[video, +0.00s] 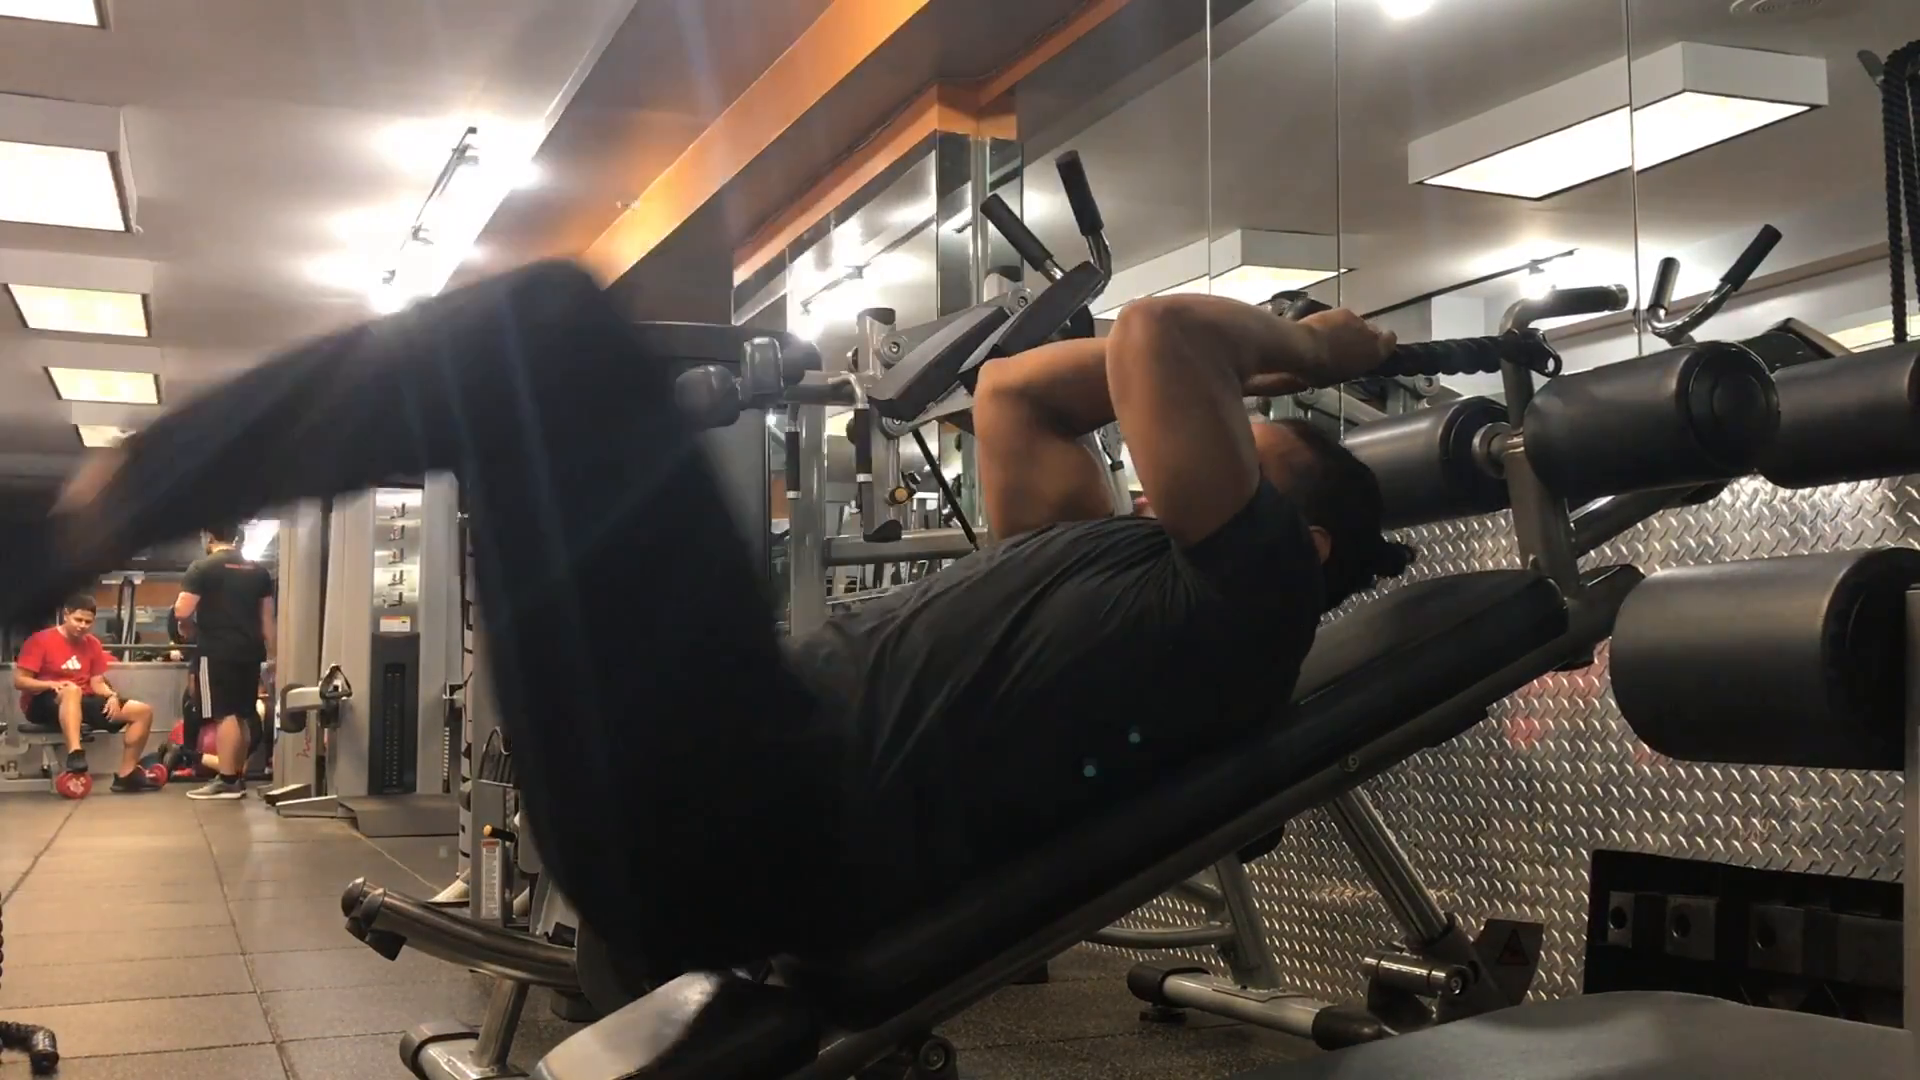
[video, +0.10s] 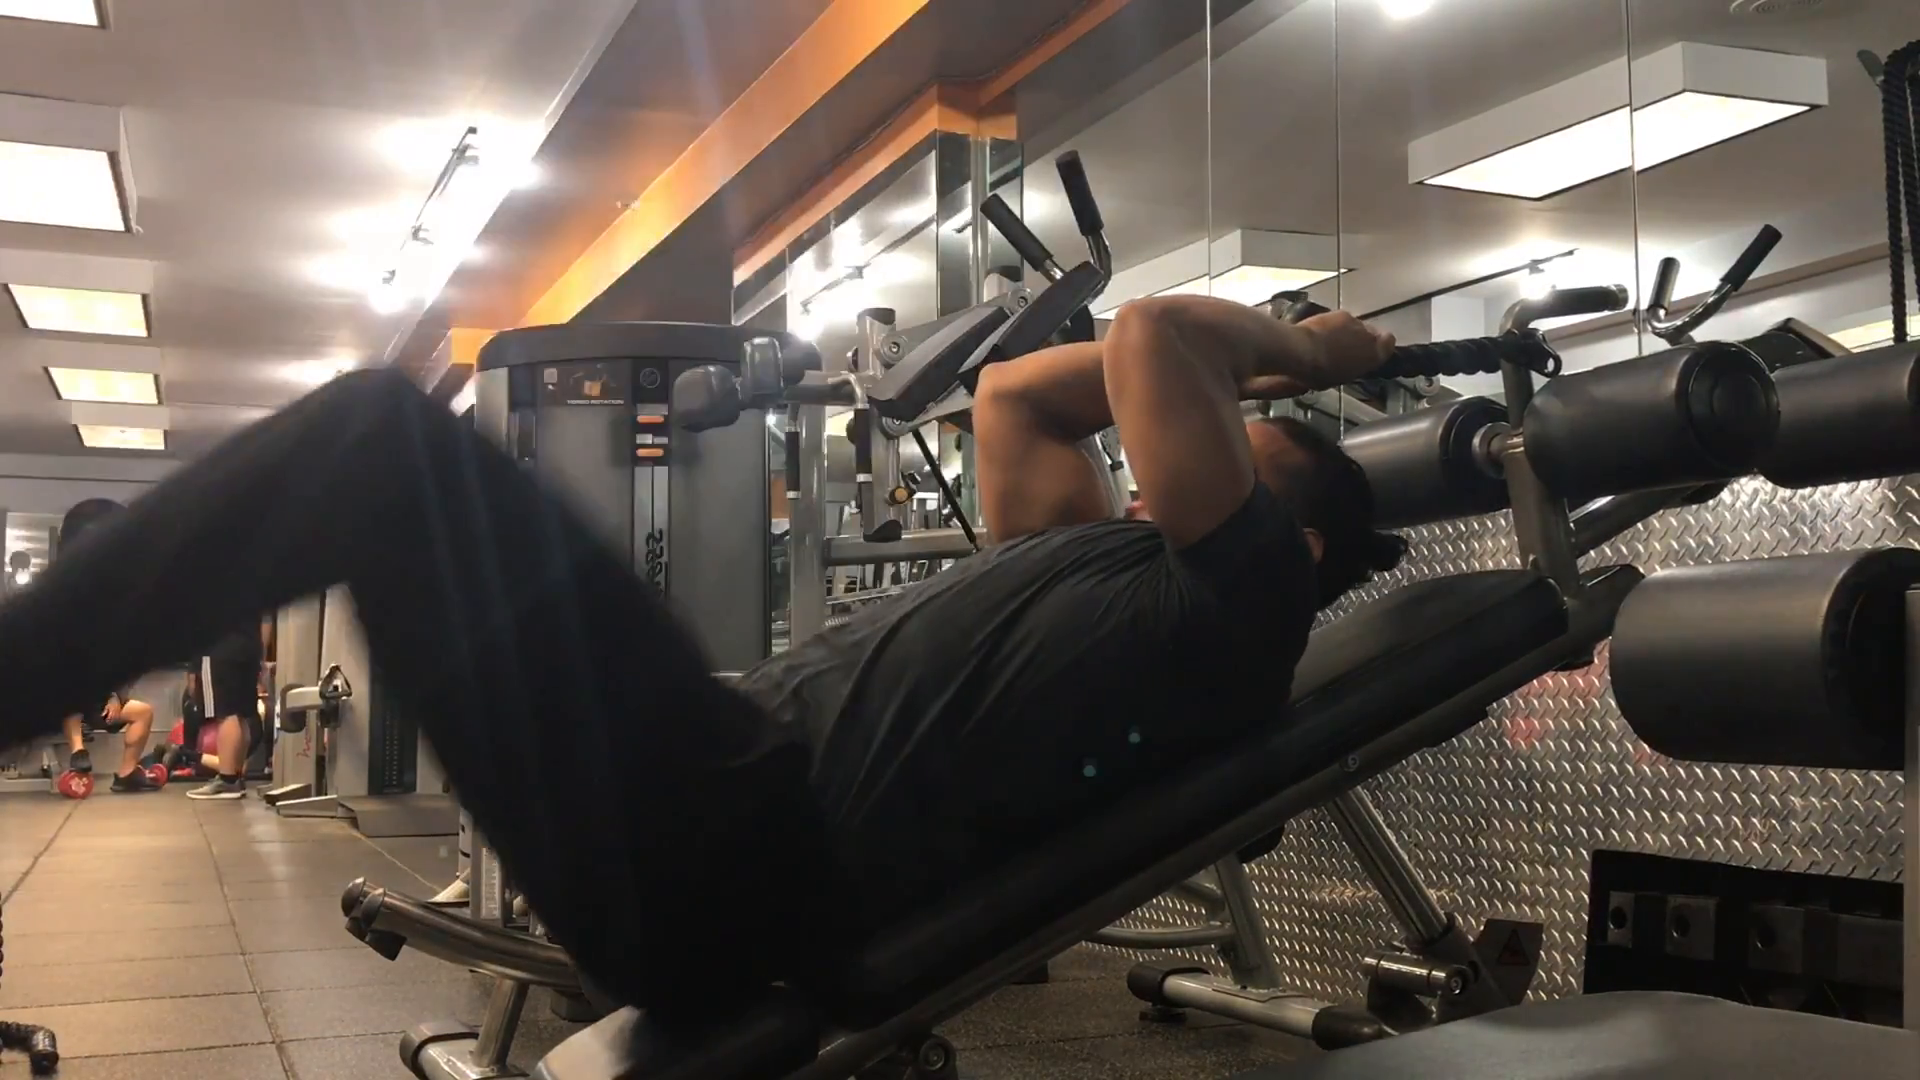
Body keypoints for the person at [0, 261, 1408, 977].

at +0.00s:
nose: (1226, 473)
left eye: (1263, 472)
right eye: (1248, 465)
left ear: (1293, 514)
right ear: (1240, 503)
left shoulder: (1234, 613)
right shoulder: (1090, 580)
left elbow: (1170, 326)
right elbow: (1017, 389)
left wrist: (1314, 341)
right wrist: (1208, 374)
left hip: (767, 868)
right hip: (723, 802)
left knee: (551, 332)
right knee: (548, 320)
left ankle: (97, 509)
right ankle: (112, 498)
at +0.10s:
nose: (1212, 461)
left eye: (1255, 457)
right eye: (1231, 450)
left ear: (1292, 525)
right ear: (1212, 500)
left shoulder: (1240, 616)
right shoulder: (1088, 580)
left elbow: (1152, 322)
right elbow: (1009, 396)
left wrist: (1301, 347)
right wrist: (1205, 404)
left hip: (762, 885)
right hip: (726, 794)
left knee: (386, 437)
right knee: (392, 433)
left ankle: (30, 662)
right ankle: (55, 630)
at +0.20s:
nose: (1210, 463)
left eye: (1247, 460)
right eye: (1229, 457)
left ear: (1279, 513)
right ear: (1216, 506)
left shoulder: (1238, 608)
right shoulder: (1075, 580)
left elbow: (1147, 328)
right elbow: (1010, 400)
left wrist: (1304, 350)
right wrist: (1204, 421)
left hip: (739, 884)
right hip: (693, 795)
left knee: (238, 575)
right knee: (239, 573)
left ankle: (20, 792)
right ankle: (31, 777)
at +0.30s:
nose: (1203, 466)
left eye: (1241, 462)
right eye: (1225, 461)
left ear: (1276, 513)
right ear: (1216, 511)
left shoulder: (1237, 604)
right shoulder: (1078, 574)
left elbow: (1149, 325)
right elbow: (1008, 398)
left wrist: (1307, 351)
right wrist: (1200, 418)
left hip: (689, 855)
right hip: (638, 749)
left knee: (155, 728)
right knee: (170, 703)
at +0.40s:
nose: (1221, 471)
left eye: (1253, 469)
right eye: (1235, 467)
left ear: (1282, 519)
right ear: (1209, 511)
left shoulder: (1237, 602)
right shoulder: (1074, 573)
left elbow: (1148, 325)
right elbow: (1008, 398)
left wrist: (1308, 346)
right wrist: (1192, 414)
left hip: (723, 865)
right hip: (653, 783)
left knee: (131, 873)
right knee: (139, 849)